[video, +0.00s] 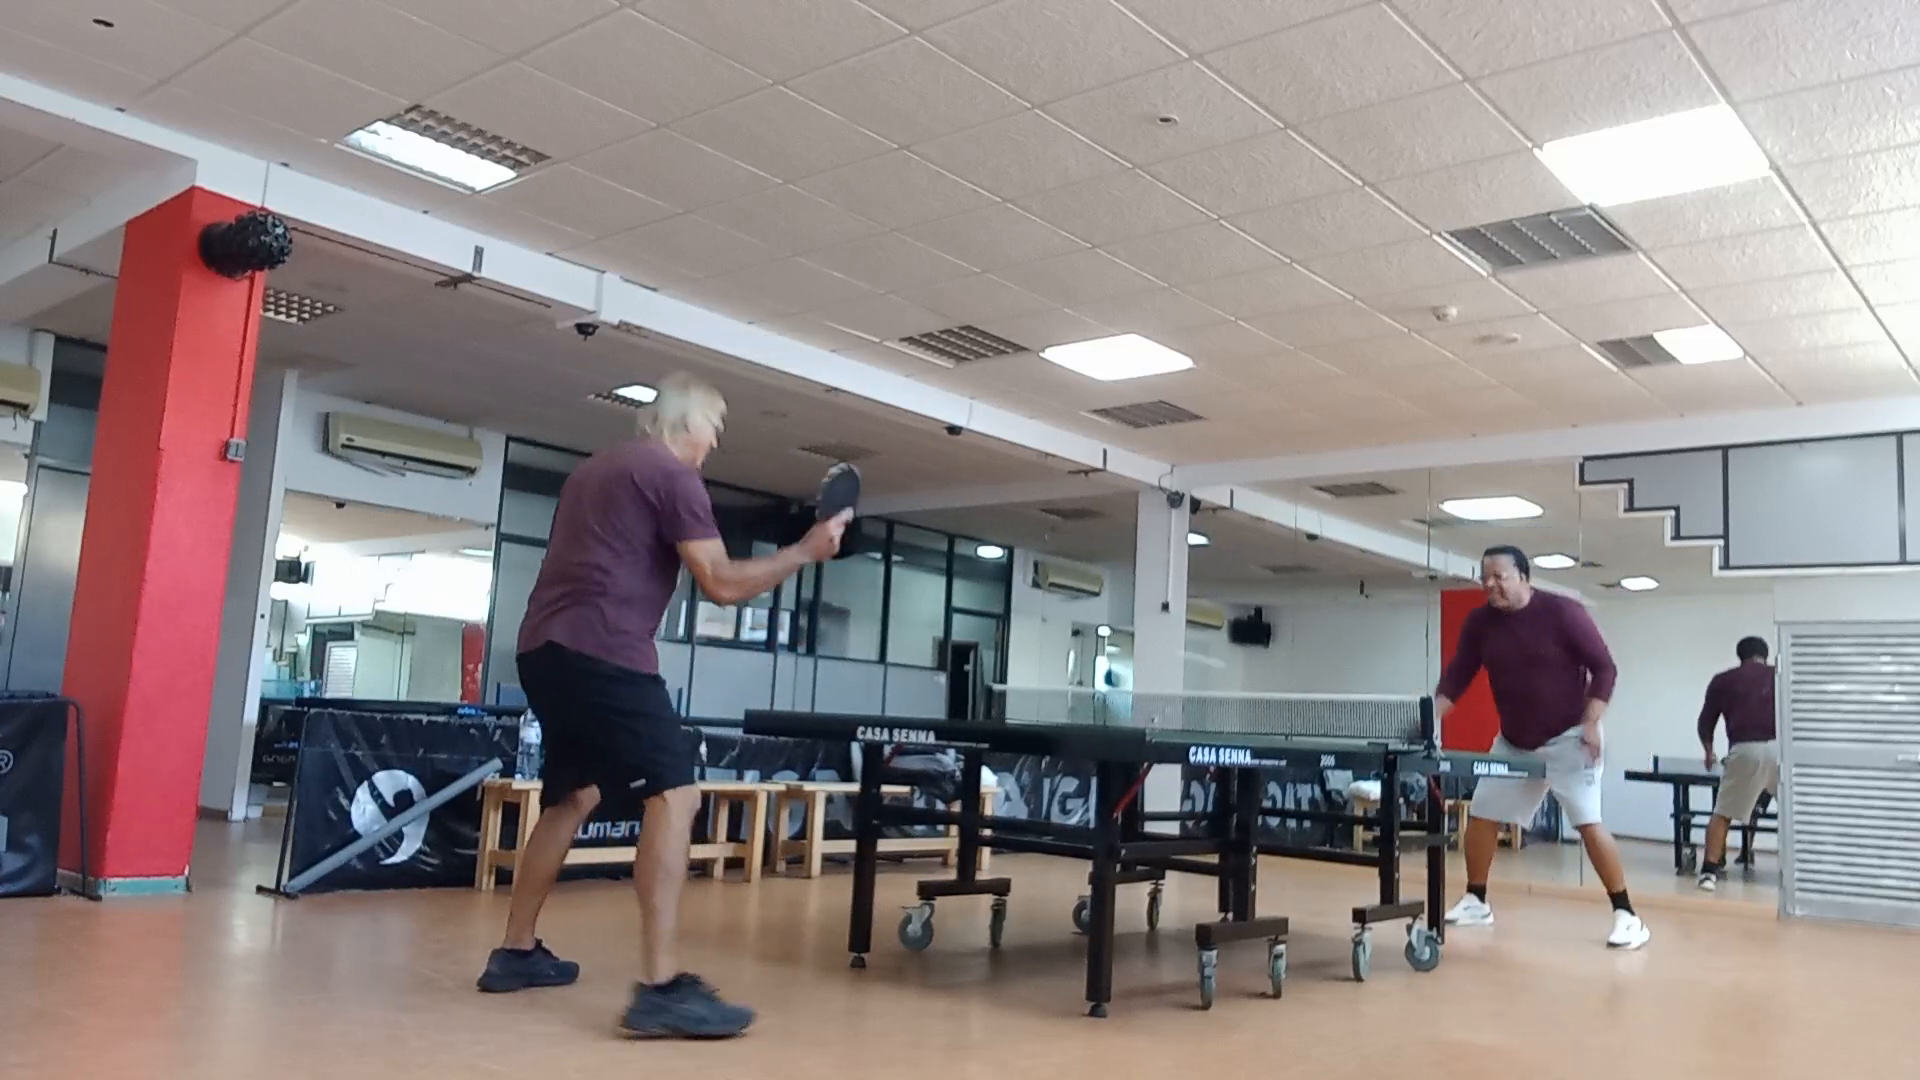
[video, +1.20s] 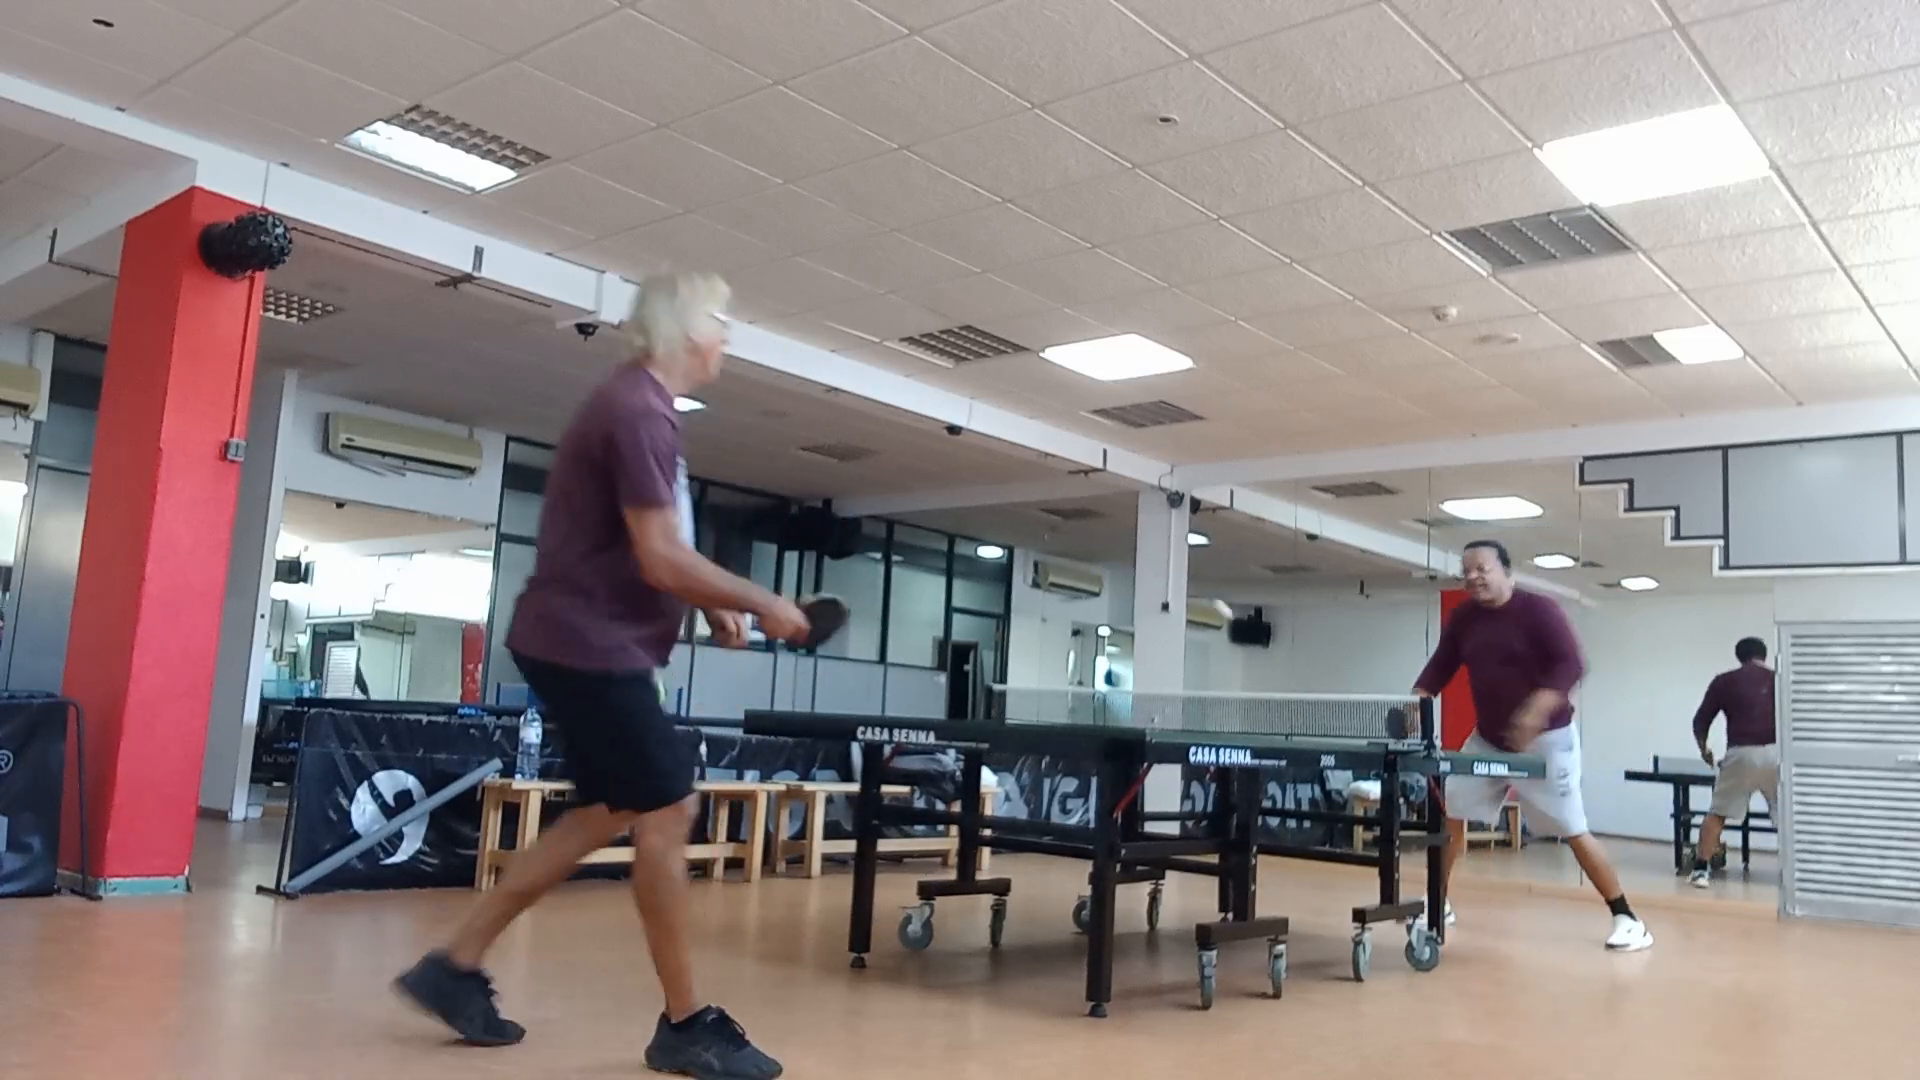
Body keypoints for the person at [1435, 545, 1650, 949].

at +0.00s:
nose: (1491, 584)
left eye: (1499, 576)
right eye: (1486, 578)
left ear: (1523, 577)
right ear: (1482, 582)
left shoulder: (1563, 612)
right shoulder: (1480, 622)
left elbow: (1605, 667)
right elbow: (1458, 675)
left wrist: (1591, 721)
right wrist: (1430, 716)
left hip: (1569, 739)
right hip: (1513, 742)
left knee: (1587, 822)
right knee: (1481, 813)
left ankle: (1626, 916)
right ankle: (1476, 902)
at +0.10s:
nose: (1492, 592)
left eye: (1499, 583)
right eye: (1485, 585)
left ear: (1521, 582)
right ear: (1480, 589)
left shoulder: (1558, 614)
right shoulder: (1477, 629)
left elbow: (1599, 668)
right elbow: (1465, 685)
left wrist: (1571, 700)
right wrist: (1468, 731)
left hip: (1573, 739)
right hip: (1515, 743)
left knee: (1588, 822)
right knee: (1477, 813)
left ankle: (1627, 918)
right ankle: (1476, 902)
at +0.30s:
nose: (1505, 601)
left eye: (1512, 592)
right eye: (1497, 594)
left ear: (1531, 590)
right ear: (1489, 597)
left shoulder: (1564, 617)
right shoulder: (1483, 632)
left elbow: (1613, 657)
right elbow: (1458, 669)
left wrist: (1602, 674)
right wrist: (1488, 688)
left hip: (1578, 741)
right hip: (1521, 748)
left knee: (1596, 821)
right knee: (1478, 819)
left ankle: (1629, 919)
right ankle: (1476, 903)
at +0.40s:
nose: (1512, 597)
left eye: (1519, 588)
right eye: (1503, 591)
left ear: (1536, 589)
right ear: (1494, 595)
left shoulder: (1566, 617)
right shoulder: (1486, 623)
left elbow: (1608, 648)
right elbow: (1438, 641)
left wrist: (1624, 673)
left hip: (1579, 739)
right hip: (1521, 746)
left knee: (1599, 823)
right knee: (1480, 822)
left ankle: (1629, 919)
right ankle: (1475, 902)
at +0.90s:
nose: (1513, 569)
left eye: (1520, 560)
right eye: (1505, 563)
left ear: (1540, 564)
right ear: (1498, 568)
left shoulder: (1575, 607)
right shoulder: (1483, 608)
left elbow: (1621, 652)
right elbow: (1447, 653)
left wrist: (1653, 709)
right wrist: (1421, 694)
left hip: (1566, 734)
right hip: (1506, 736)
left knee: (1586, 825)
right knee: (1481, 821)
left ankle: (1627, 918)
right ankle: (1471, 901)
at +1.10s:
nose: (1492, 570)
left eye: (1500, 562)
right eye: (1486, 565)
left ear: (1524, 566)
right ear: (1481, 573)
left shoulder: (1560, 609)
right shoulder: (1475, 614)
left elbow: (1611, 658)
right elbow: (1448, 661)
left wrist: (1605, 718)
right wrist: (1422, 703)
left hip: (1558, 735)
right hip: (1498, 735)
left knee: (1579, 826)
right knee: (1457, 802)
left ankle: (1626, 920)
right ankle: (1461, 890)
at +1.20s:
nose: (1475, 578)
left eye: (1483, 569)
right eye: (1468, 572)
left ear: (1506, 570)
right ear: (1463, 578)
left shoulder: (1539, 610)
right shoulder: (1464, 619)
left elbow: (1570, 666)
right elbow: (1441, 666)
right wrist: (1416, 702)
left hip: (1549, 738)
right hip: (1488, 738)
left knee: (1572, 829)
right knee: (1451, 812)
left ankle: (1626, 919)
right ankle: (1437, 905)